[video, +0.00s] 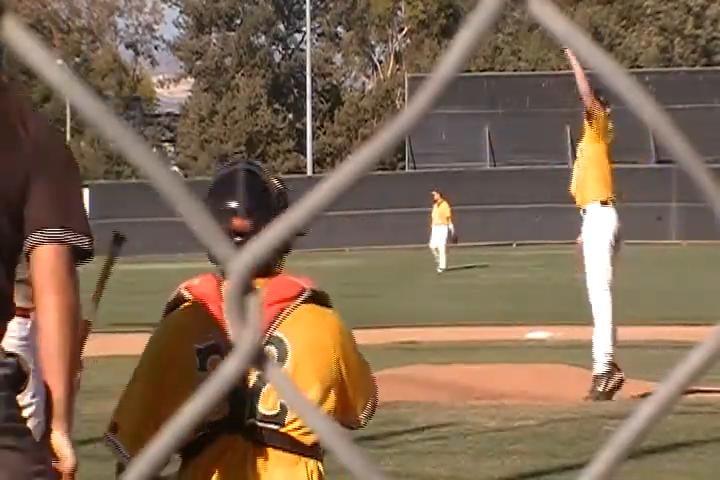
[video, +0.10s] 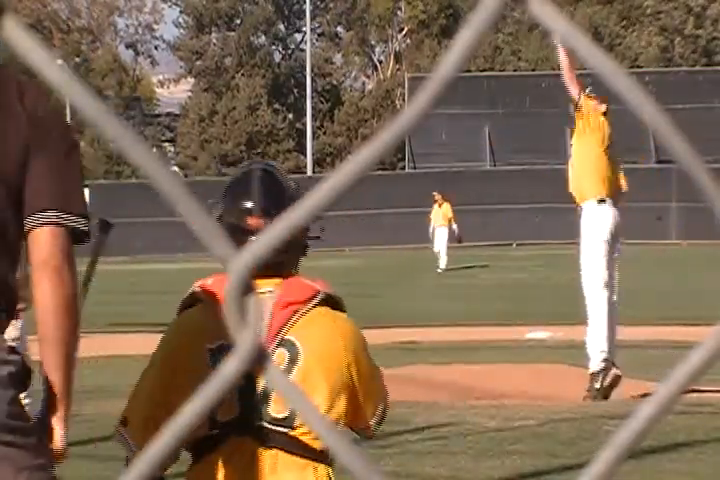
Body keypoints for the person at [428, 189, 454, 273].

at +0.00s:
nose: (434, 197)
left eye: (435, 194)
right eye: (433, 195)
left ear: (439, 195)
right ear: (434, 196)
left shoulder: (445, 205)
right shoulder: (435, 205)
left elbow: (448, 217)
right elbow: (434, 216)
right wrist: (432, 225)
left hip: (443, 226)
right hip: (435, 226)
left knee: (442, 246)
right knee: (432, 245)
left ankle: (442, 265)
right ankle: (439, 261)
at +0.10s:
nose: (436, 198)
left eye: (437, 196)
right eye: (435, 197)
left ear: (441, 196)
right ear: (435, 198)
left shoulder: (446, 205)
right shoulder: (435, 206)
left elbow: (451, 217)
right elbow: (432, 218)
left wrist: (454, 227)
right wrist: (431, 229)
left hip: (444, 227)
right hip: (436, 227)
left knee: (443, 247)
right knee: (436, 248)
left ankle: (442, 266)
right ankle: (440, 261)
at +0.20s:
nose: (436, 198)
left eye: (437, 195)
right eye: (435, 196)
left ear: (442, 196)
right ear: (436, 198)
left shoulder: (447, 205)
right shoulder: (436, 206)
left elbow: (452, 217)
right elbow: (433, 219)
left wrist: (456, 228)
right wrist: (430, 229)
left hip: (445, 227)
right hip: (438, 227)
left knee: (444, 246)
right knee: (439, 246)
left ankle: (443, 264)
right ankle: (442, 262)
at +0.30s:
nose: (437, 198)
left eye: (439, 195)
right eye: (436, 196)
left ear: (443, 196)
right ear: (436, 197)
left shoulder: (448, 205)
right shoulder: (436, 206)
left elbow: (453, 216)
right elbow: (433, 218)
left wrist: (456, 226)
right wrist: (430, 229)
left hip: (447, 226)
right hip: (439, 226)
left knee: (446, 244)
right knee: (440, 245)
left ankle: (445, 262)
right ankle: (443, 259)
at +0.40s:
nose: (439, 197)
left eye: (440, 194)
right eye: (438, 195)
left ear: (443, 195)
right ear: (437, 196)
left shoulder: (449, 204)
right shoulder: (437, 205)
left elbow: (453, 216)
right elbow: (434, 217)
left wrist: (455, 227)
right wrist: (431, 228)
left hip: (448, 225)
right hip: (440, 225)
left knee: (447, 244)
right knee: (440, 245)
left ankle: (447, 263)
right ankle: (443, 262)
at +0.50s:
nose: (441, 196)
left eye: (442, 194)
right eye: (440, 194)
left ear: (445, 194)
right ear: (438, 195)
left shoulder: (450, 203)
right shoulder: (437, 204)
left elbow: (454, 214)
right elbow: (435, 216)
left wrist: (454, 223)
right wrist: (434, 227)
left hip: (450, 225)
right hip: (441, 225)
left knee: (450, 244)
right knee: (442, 245)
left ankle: (453, 263)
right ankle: (444, 263)